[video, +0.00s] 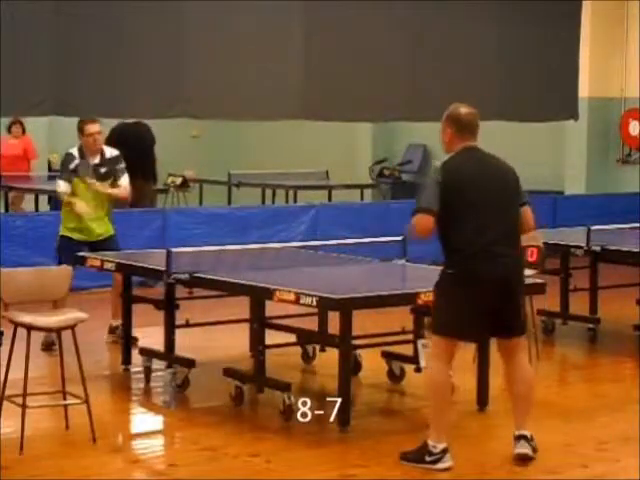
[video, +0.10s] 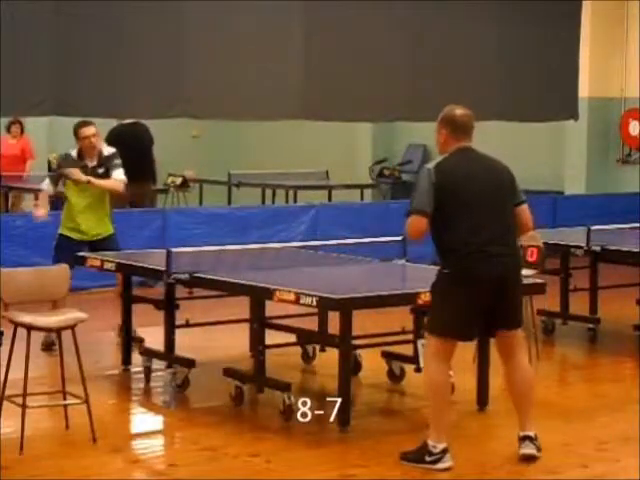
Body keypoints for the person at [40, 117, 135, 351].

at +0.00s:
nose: (96, 139)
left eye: (98, 134)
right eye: (91, 135)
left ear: (103, 134)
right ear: (81, 138)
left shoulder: (114, 156)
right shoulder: (71, 157)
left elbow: (126, 194)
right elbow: (61, 191)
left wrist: (102, 189)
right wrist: (75, 203)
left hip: (102, 227)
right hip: (73, 228)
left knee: (120, 274)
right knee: (63, 279)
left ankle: (117, 324)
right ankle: (53, 330)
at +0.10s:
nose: (92, 141)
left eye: (93, 136)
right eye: (86, 138)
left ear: (99, 136)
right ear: (77, 142)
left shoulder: (110, 156)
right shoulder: (67, 160)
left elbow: (120, 185)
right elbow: (46, 188)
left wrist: (88, 179)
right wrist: (42, 205)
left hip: (102, 230)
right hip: (71, 230)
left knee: (124, 276)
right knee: (59, 280)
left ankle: (126, 327)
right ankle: (52, 332)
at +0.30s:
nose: (88, 162)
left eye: (90, 156)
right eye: (83, 159)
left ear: (96, 153)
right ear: (75, 160)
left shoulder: (109, 169)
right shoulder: (69, 175)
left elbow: (115, 197)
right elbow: (40, 195)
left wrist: (80, 195)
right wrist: (19, 210)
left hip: (103, 238)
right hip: (72, 237)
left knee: (128, 275)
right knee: (58, 284)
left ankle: (127, 328)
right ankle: (52, 332)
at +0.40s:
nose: (86, 167)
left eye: (89, 161)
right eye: (81, 163)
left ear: (96, 156)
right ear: (74, 162)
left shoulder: (109, 170)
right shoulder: (68, 175)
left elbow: (124, 195)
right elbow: (39, 197)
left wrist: (90, 201)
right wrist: (18, 214)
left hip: (103, 238)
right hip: (73, 237)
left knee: (128, 274)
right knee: (58, 284)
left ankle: (127, 328)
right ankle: (51, 331)